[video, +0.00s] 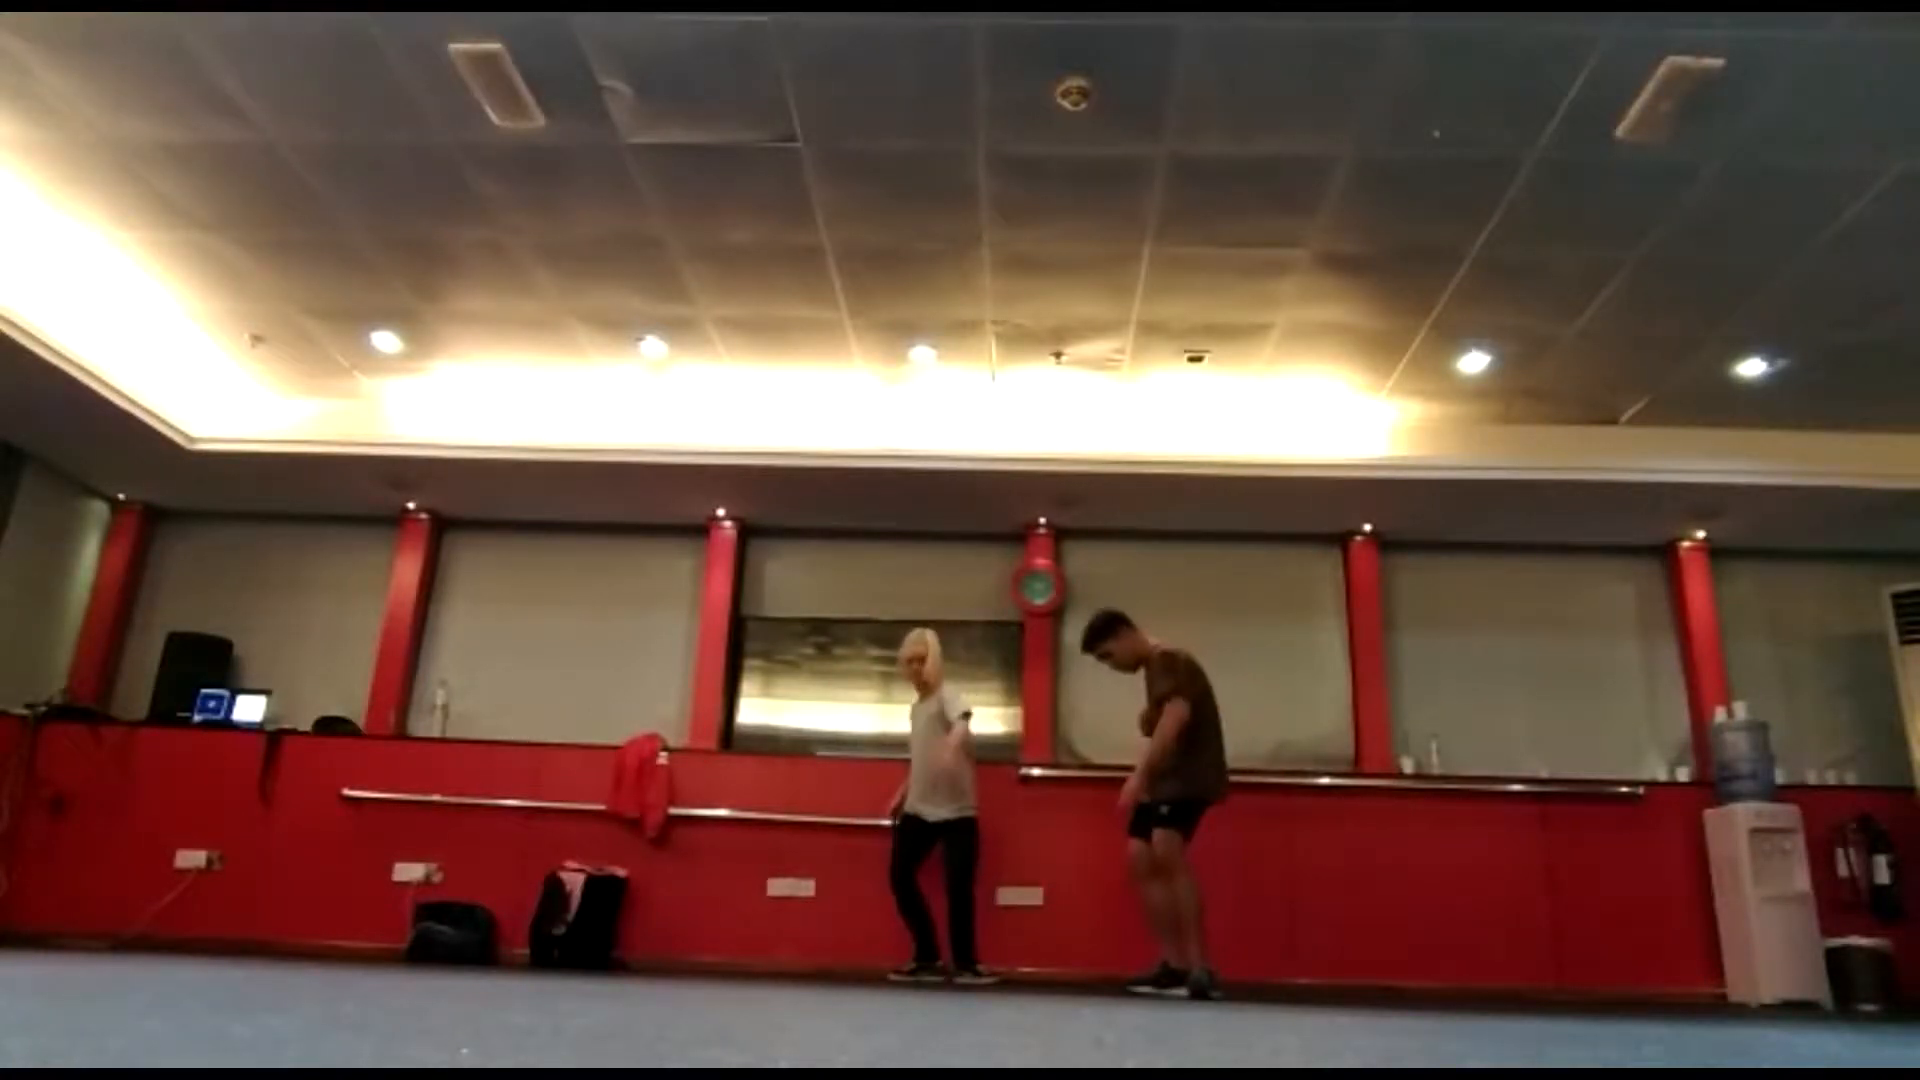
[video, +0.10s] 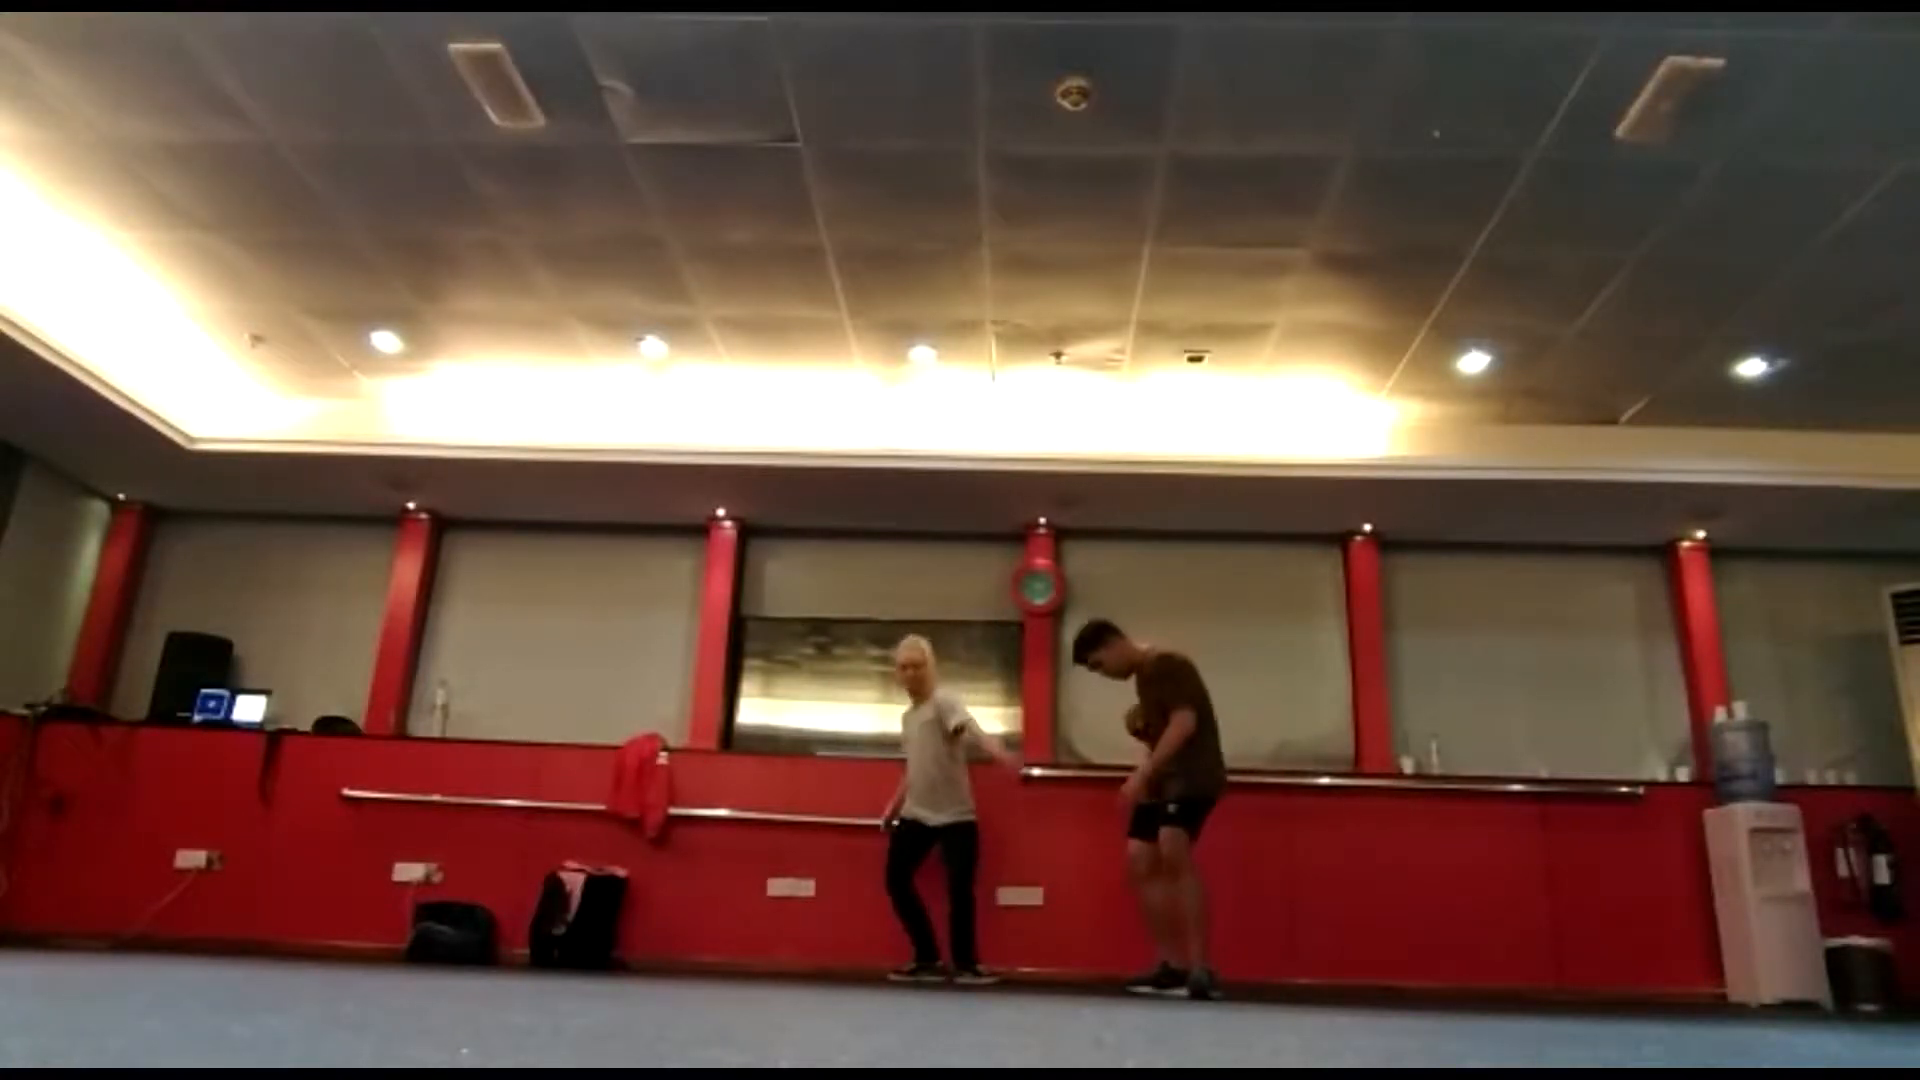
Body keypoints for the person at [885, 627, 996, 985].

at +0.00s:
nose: (914, 670)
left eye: (920, 661)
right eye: (908, 663)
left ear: (935, 661)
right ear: (902, 666)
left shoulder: (949, 699)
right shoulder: (918, 708)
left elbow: (963, 724)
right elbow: (920, 762)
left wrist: (950, 750)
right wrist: (900, 796)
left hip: (956, 811)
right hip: (920, 811)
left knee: (959, 890)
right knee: (901, 876)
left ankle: (964, 962)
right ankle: (926, 957)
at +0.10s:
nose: (907, 674)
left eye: (914, 666)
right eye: (902, 668)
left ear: (929, 667)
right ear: (896, 672)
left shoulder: (945, 704)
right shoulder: (909, 716)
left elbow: (975, 734)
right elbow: (915, 770)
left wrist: (1002, 755)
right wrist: (895, 806)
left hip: (955, 815)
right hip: (917, 815)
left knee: (961, 893)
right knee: (898, 880)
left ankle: (965, 963)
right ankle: (927, 958)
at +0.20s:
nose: (905, 671)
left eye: (912, 664)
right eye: (898, 665)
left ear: (925, 667)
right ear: (890, 671)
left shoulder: (942, 704)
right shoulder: (899, 718)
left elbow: (982, 724)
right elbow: (904, 769)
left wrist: (1018, 742)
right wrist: (890, 815)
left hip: (956, 812)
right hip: (917, 813)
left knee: (965, 890)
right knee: (901, 879)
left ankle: (966, 963)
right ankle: (927, 958)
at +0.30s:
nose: (903, 661)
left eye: (909, 653)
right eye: (896, 654)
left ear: (920, 657)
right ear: (884, 661)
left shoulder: (939, 691)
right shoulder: (888, 709)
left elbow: (989, 709)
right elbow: (893, 763)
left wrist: (1031, 724)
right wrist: (890, 807)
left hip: (958, 800)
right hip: (917, 803)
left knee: (969, 880)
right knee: (912, 878)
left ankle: (966, 960)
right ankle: (927, 958)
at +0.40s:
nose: (904, 656)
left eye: (911, 649)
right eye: (897, 649)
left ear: (921, 654)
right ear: (884, 655)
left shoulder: (941, 686)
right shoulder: (884, 705)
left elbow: (985, 701)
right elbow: (885, 757)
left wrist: (1025, 717)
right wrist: (886, 802)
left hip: (959, 796)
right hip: (916, 800)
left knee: (969, 878)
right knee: (916, 882)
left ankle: (968, 957)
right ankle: (926, 957)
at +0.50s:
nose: (908, 660)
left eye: (914, 653)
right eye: (900, 653)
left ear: (924, 657)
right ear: (887, 658)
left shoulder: (942, 690)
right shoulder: (883, 707)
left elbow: (981, 703)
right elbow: (871, 757)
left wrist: (1014, 722)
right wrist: (865, 802)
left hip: (956, 801)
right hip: (913, 804)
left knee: (978, 875)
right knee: (915, 886)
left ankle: (973, 955)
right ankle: (918, 959)